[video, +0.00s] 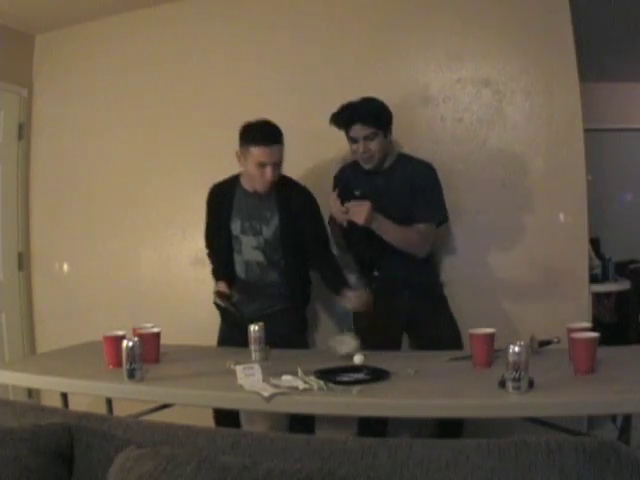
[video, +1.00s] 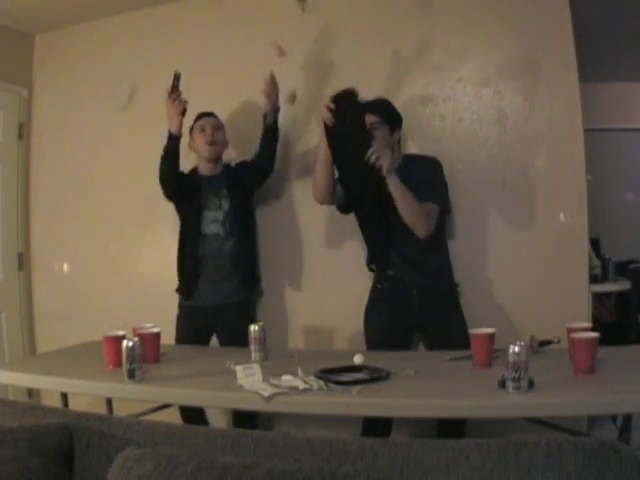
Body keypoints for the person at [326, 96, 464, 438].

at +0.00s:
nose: (361, 149)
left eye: (370, 139)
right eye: (354, 141)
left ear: (388, 135)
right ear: (347, 141)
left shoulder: (420, 173)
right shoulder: (346, 178)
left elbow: (422, 244)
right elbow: (342, 244)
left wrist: (373, 220)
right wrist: (338, 224)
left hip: (420, 291)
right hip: (372, 293)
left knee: (451, 373)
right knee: (372, 383)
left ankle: (446, 460)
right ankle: (369, 465)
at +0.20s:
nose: (365, 146)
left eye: (373, 136)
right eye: (357, 138)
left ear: (392, 133)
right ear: (351, 139)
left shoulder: (424, 170)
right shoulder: (353, 175)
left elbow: (420, 241)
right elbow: (345, 245)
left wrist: (375, 202)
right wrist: (343, 206)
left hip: (429, 291)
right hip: (381, 293)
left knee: (454, 376)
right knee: (376, 383)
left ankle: (454, 466)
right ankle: (369, 471)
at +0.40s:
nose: (367, 146)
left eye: (376, 136)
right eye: (361, 138)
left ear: (396, 135)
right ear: (355, 140)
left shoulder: (426, 170)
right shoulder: (357, 179)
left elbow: (416, 232)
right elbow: (334, 238)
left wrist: (374, 184)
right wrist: (338, 188)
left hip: (434, 292)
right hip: (386, 294)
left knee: (462, 377)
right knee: (380, 385)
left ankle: (461, 466)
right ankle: (368, 469)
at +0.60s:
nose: (367, 141)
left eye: (374, 131)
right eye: (358, 135)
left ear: (395, 133)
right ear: (353, 142)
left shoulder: (423, 166)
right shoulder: (356, 180)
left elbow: (410, 214)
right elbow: (327, 223)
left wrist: (372, 162)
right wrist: (329, 170)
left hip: (433, 288)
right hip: (386, 293)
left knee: (462, 373)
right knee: (380, 383)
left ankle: (462, 464)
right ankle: (368, 470)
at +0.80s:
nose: (366, 140)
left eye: (373, 130)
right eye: (359, 133)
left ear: (392, 134)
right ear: (353, 142)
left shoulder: (425, 170)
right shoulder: (358, 180)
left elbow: (424, 235)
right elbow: (324, 212)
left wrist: (382, 196)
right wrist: (332, 157)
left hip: (434, 291)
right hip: (386, 295)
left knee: (457, 377)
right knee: (379, 383)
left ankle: (456, 466)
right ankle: (369, 469)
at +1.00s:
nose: (369, 136)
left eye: (376, 128)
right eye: (364, 130)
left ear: (396, 132)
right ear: (358, 137)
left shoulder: (426, 169)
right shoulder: (362, 179)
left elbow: (424, 226)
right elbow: (323, 194)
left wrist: (390, 174)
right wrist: (329, 136)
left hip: (435, 291)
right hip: (387, 294)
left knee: (457, 379)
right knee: (380, 383)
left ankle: (452, 468)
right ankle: (368, 472)